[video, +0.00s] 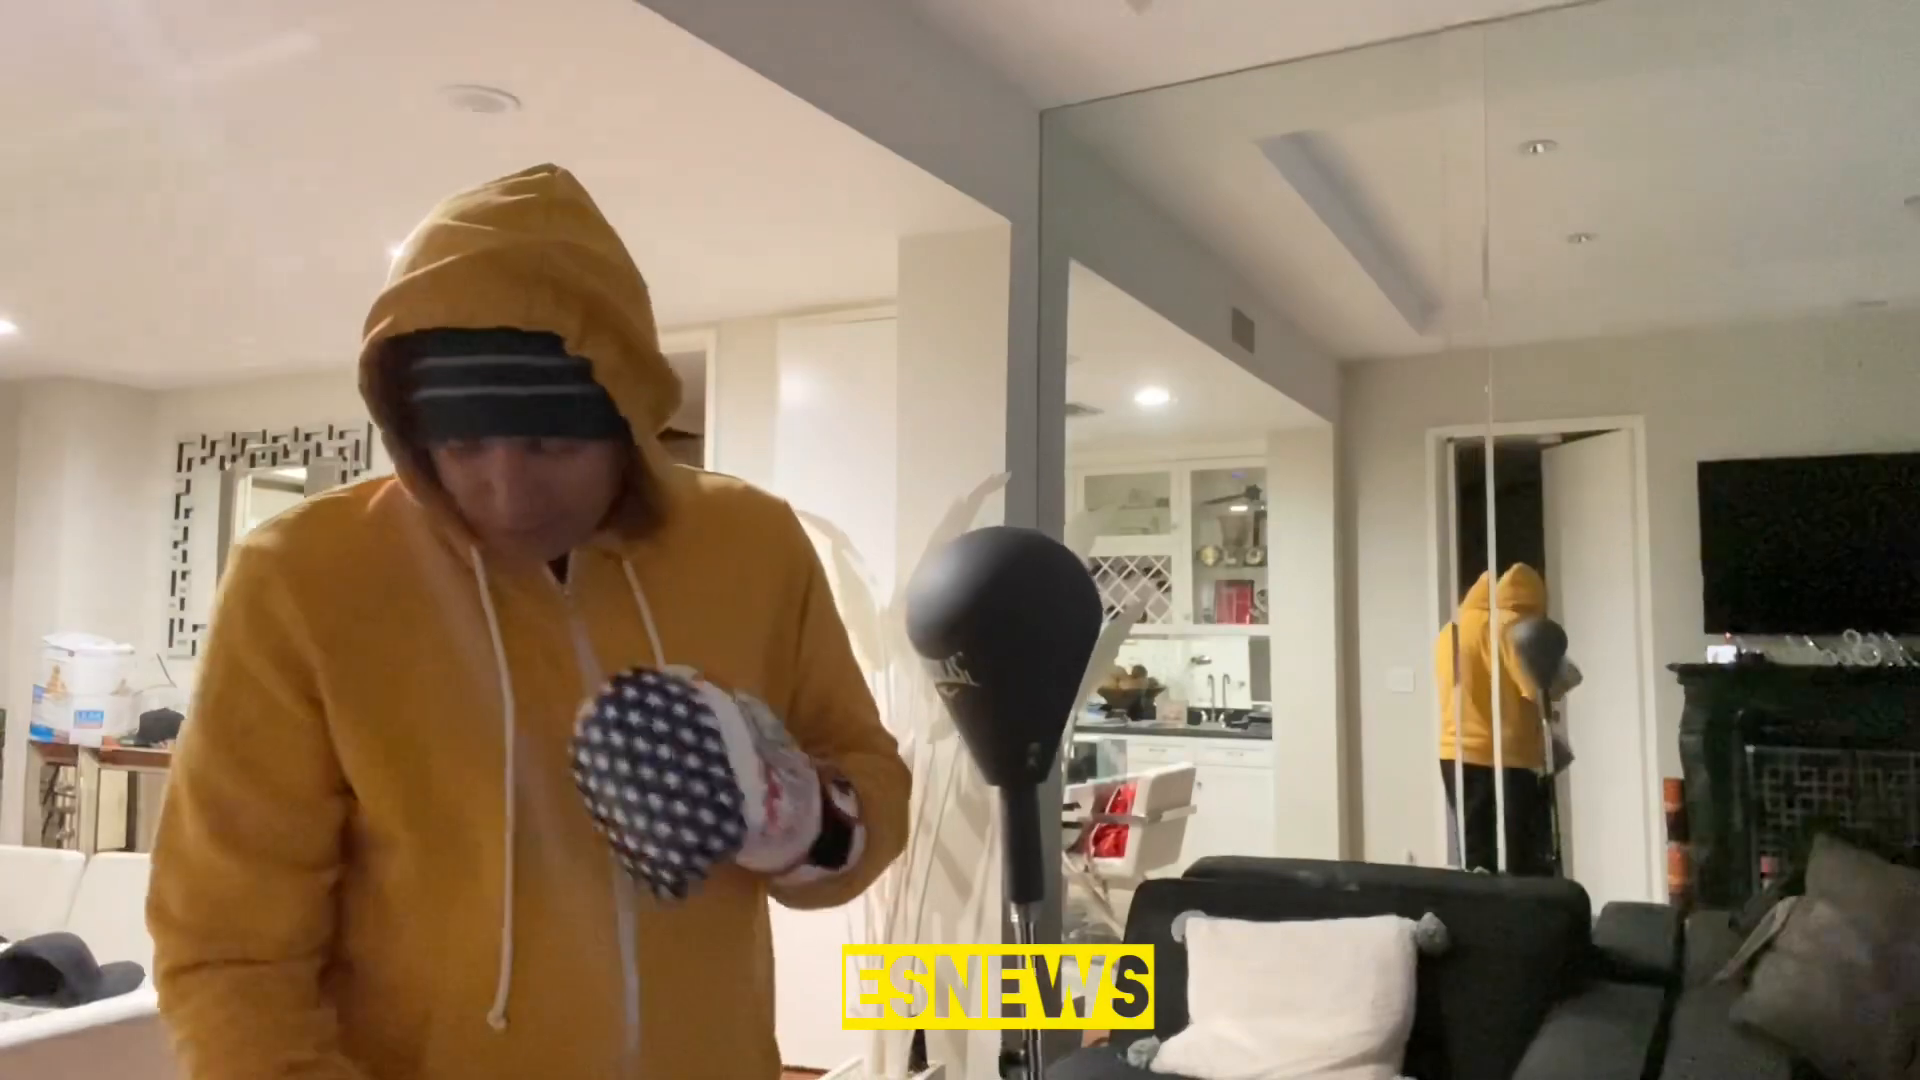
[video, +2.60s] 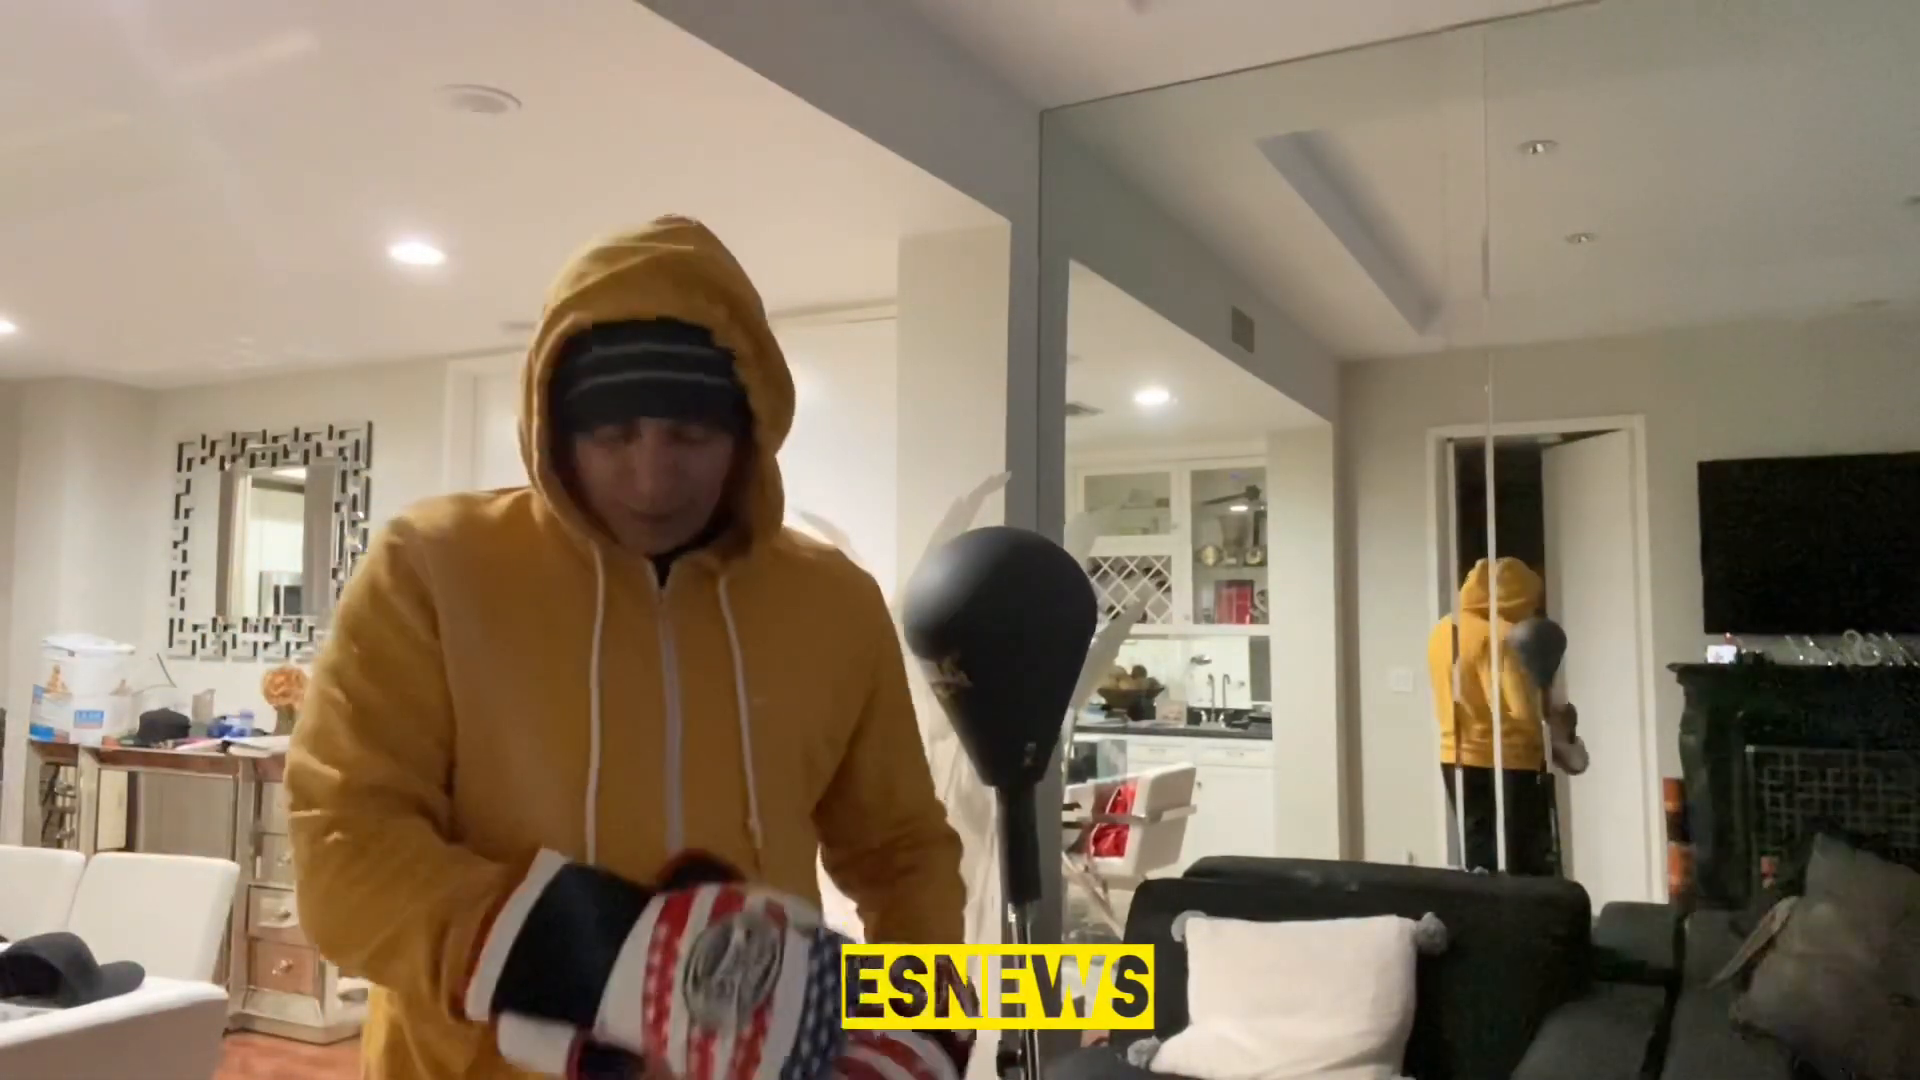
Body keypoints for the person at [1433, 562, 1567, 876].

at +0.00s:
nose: (1538, 616)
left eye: (1538, 610)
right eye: (1538, 608)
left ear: (1489, 589)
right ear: (1530, 599)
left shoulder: (1450, 631)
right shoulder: (1513, 627)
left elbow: (1451, 692)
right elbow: (1535, 687)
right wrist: (1564, 676)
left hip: (1459, 761)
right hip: (1510, 764)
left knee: (1476, 856)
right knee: (1526, 859)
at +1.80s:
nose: (1530, 591)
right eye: (1525, 584)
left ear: (1468, 586)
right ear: (1516, 586)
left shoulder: (1450, 633)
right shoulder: (1523, 634)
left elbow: (1455, 696)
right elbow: (1570, 687)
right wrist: (1599, 680)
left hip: (1464, 763)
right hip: (1518, 766)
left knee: (1476, 860)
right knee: (1530, 863)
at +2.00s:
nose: (1527, 590)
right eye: (1522, 584)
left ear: (1466, 587)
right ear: (1513, 587)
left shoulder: (1446, 634)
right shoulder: (1525, 635)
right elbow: (1589, 690)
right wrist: (1566, 701)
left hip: (1461, 764)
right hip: (1518, 767)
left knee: (1476, 859)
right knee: (1527, 864)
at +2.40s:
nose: (1529, 599)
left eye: (1527, 591)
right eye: (1525, 590)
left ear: (1469, 587)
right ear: (1514, 591)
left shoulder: (1443, 632)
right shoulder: (1515, 637)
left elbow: (1453, 690)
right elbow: (1555, 703)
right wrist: (1571, 693)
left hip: (1459, 764)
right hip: (1516, 766)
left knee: (1477, 857)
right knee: (1529, 859)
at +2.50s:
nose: (1528, 600)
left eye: (1528, 593)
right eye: (1525, 592)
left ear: (1471, 588)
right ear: (1514, 592)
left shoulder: (1442, 632)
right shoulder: (1509, 636)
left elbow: (1451, 695)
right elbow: (1538, 704)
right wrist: (1565, 725)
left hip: (1459, 766)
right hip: (1513, 768)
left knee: (1478, 857)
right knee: (1526, 860)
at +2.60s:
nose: (1534, 607)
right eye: (1531, 600)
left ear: (1472, 590)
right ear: (1521, 596)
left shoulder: (1443, 633)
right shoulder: (1529, 637)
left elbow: (1448, 700)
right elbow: (1555, 706)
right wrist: (1565, 744)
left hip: (1460, 763)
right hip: (1519, 765)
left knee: (1477, 851)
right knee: (1529, 854)